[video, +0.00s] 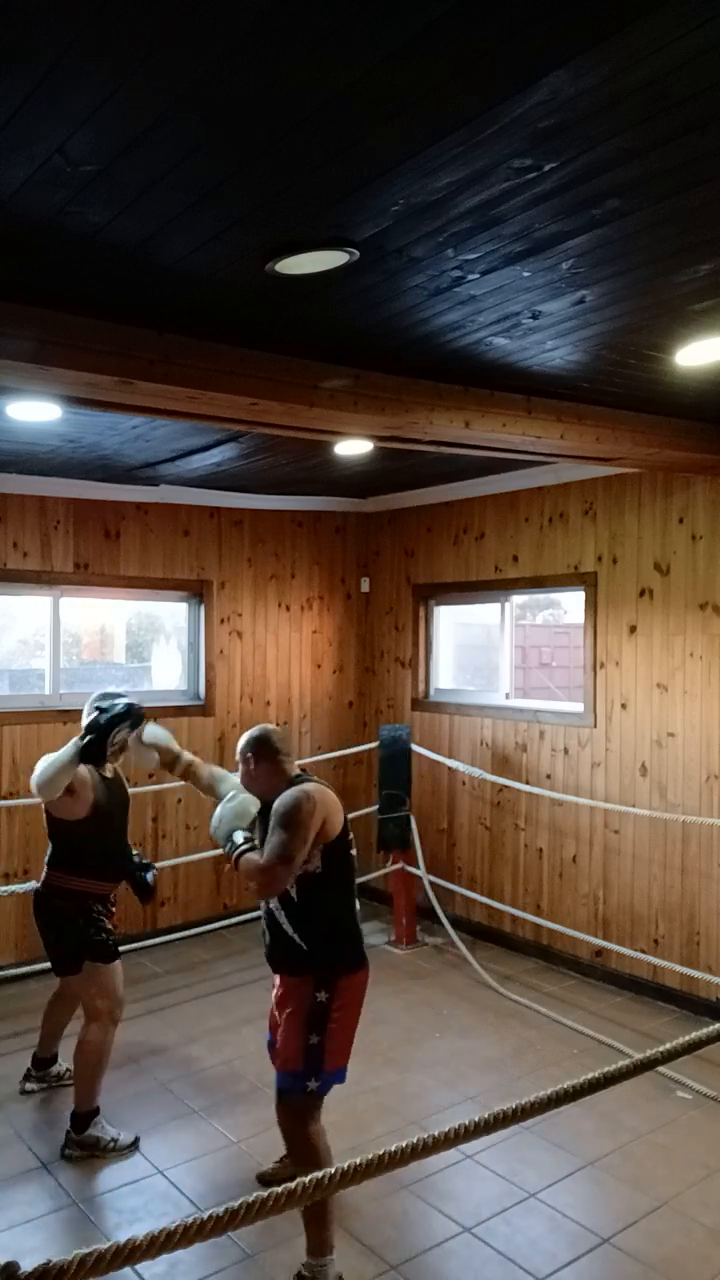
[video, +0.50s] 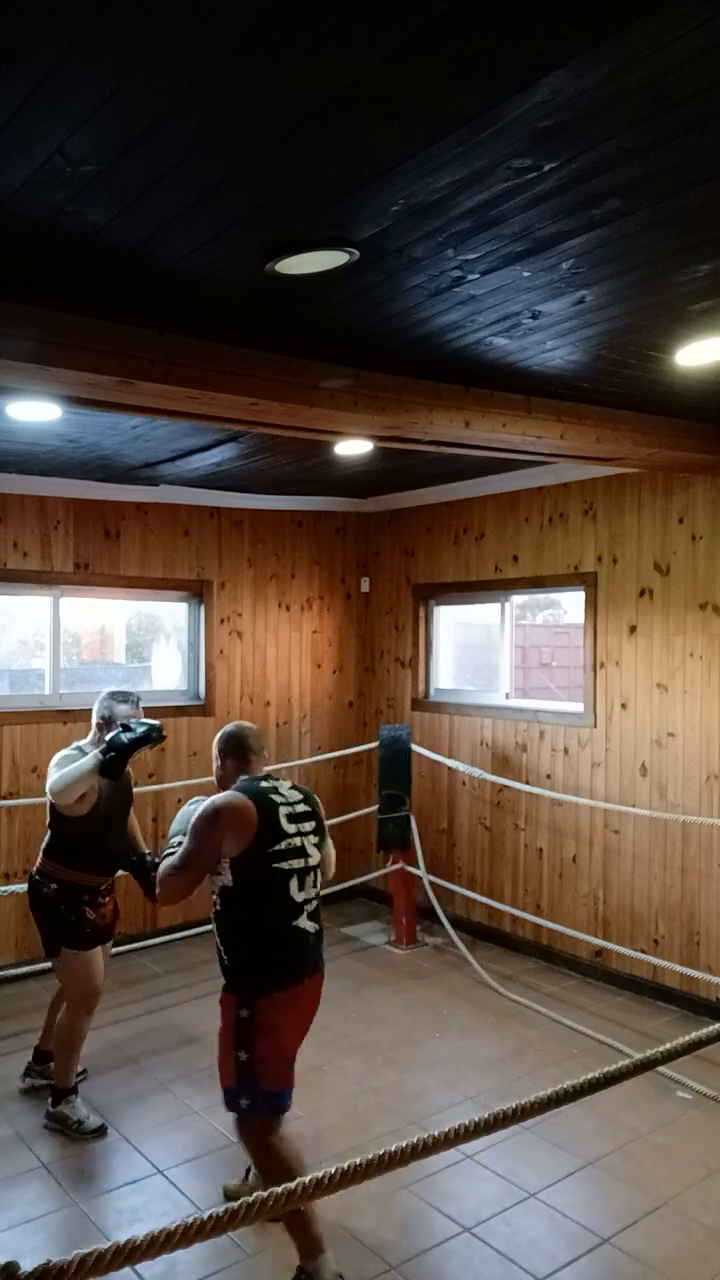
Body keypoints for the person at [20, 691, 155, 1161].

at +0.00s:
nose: (128, 743)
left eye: (131, 734)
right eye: (124, 733)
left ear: (122, 736)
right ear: (102, 731)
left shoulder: (112, 778)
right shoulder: (72, 774)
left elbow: (110, 837)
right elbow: (42, 787)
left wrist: (135, 868)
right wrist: (85, 740)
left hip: (90, 900)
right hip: (69, 902)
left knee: (72, 986)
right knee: (104, 1012)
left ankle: (43, 1065)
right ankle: (84, 1127)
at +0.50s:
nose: (126, 737)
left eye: (133, 730)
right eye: (119, 728)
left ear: (138, 731)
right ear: (99, 723)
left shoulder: (122, 771)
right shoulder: (71, 758)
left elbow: (125, 819)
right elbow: (57, 794)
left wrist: (144, 862)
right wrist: (108, 755)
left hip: (98, 887)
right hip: (60, 889)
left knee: (79, 982)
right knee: (87, 992)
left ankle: (44, 1063)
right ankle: (62, 1100)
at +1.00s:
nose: (146, 739)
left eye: (152, 731)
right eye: (139, 727)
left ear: (156, 737)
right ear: (120, 725)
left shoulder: (144, 775)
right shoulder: (91, 761)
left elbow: (146, 825)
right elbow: (73, 788)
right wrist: (118, 748)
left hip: (121, 882)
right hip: (77, 884)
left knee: (117, 965)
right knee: (102, 988)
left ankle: (100, 1037)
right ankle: (69, 1094)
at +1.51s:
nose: (128, 733)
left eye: (134, 726)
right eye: (122, 725)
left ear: (139, 728)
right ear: (104, 724)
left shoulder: (140, 762)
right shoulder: (82, 764)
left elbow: (161, 801)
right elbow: (43, 773)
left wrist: (135, 758)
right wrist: (83, 733)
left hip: (129, 873)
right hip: (82, 877)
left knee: (122, 960)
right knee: (91, 990)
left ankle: (99, 1035)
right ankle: (70, 1095)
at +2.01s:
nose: (133, 733)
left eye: (138, 725)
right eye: (126, 724)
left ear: (143, 731)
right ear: (109, 727)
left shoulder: (146, 769)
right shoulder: (86, 763)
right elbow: (51, 773)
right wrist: (95, 733)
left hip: (127, 882)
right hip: (82, 882)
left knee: (115, 981)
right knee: (94, 991)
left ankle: (96, 1049)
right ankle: (72, 1093)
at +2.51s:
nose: (136, 728)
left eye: (138, 723)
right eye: (130, 719)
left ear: (134, 724)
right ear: (104, 715)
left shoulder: (133, 752)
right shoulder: (78, 750)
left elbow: (152, 780)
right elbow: (35, 760)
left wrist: (116, 730)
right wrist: (61, 711)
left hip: (124, 872)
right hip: (80, 876)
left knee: (117, 965)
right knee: (87, 984)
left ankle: (94, 1037)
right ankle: (64, 1085)